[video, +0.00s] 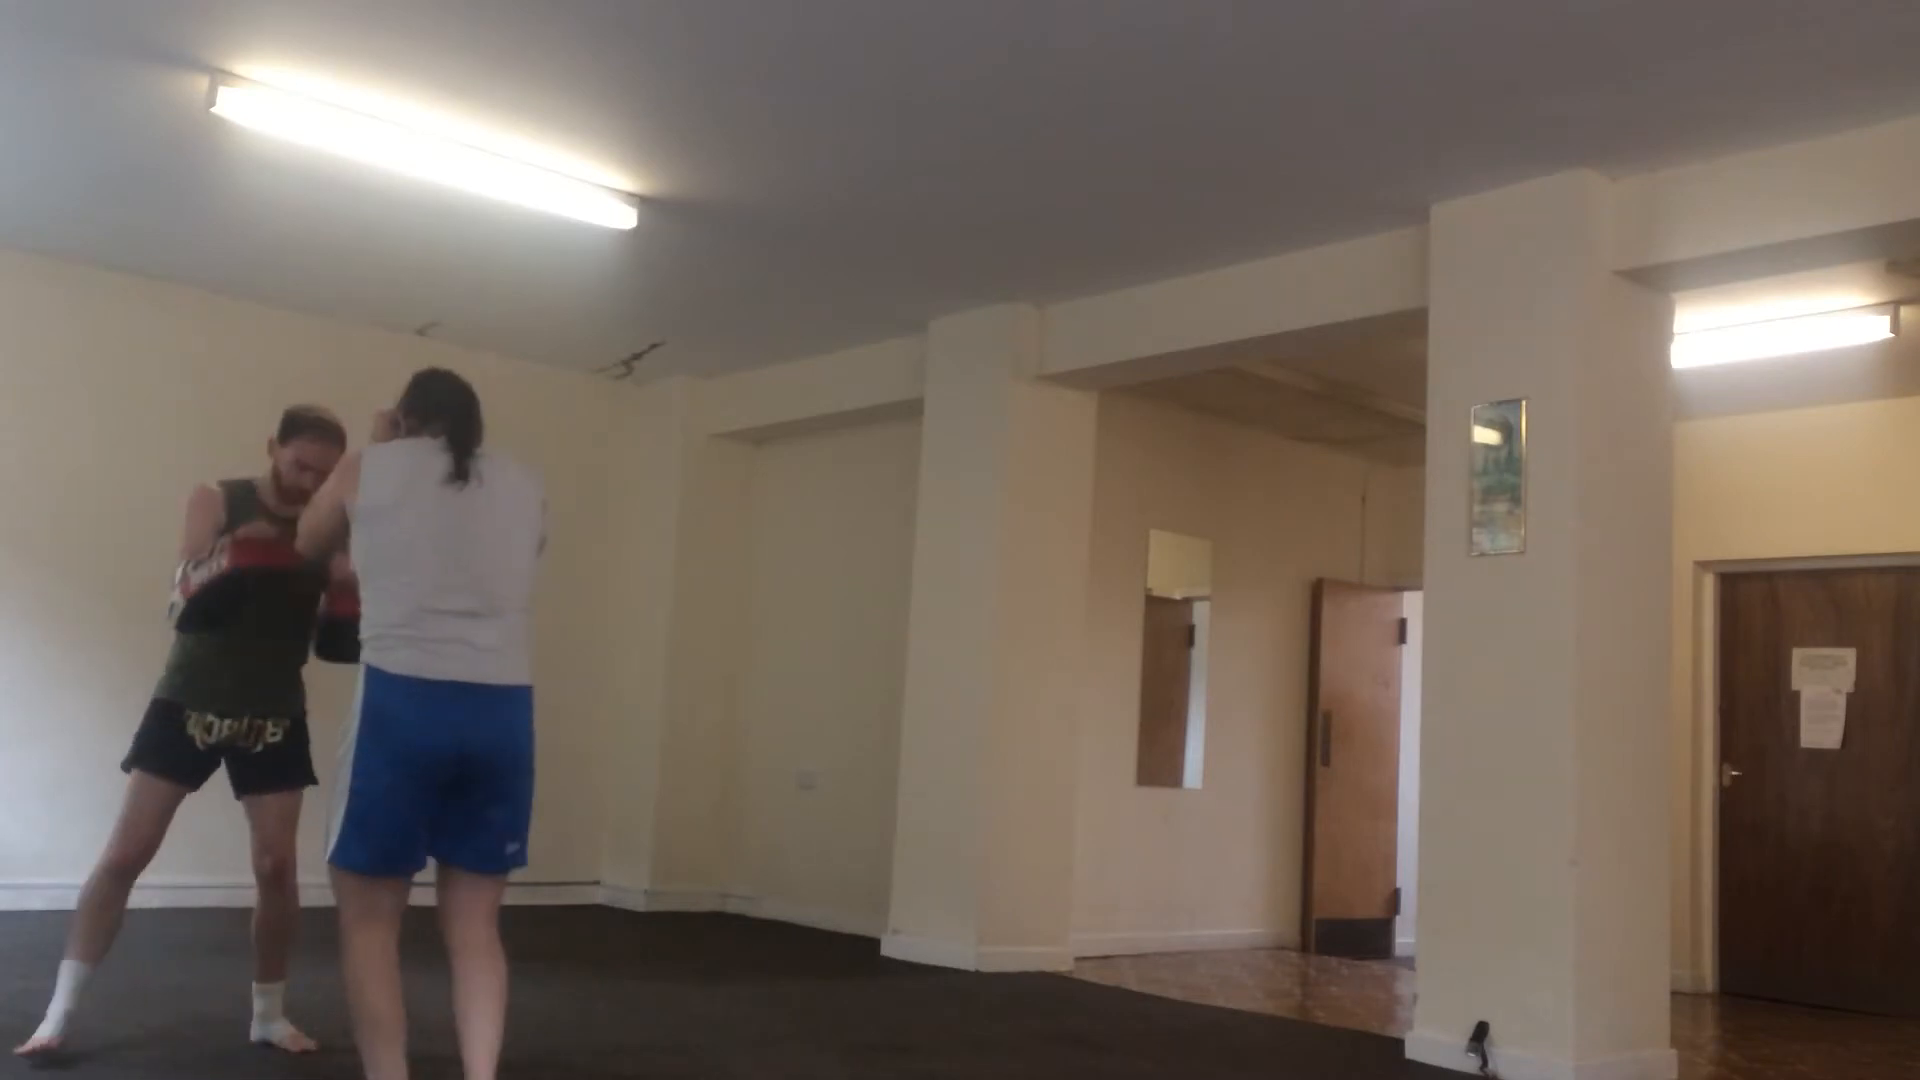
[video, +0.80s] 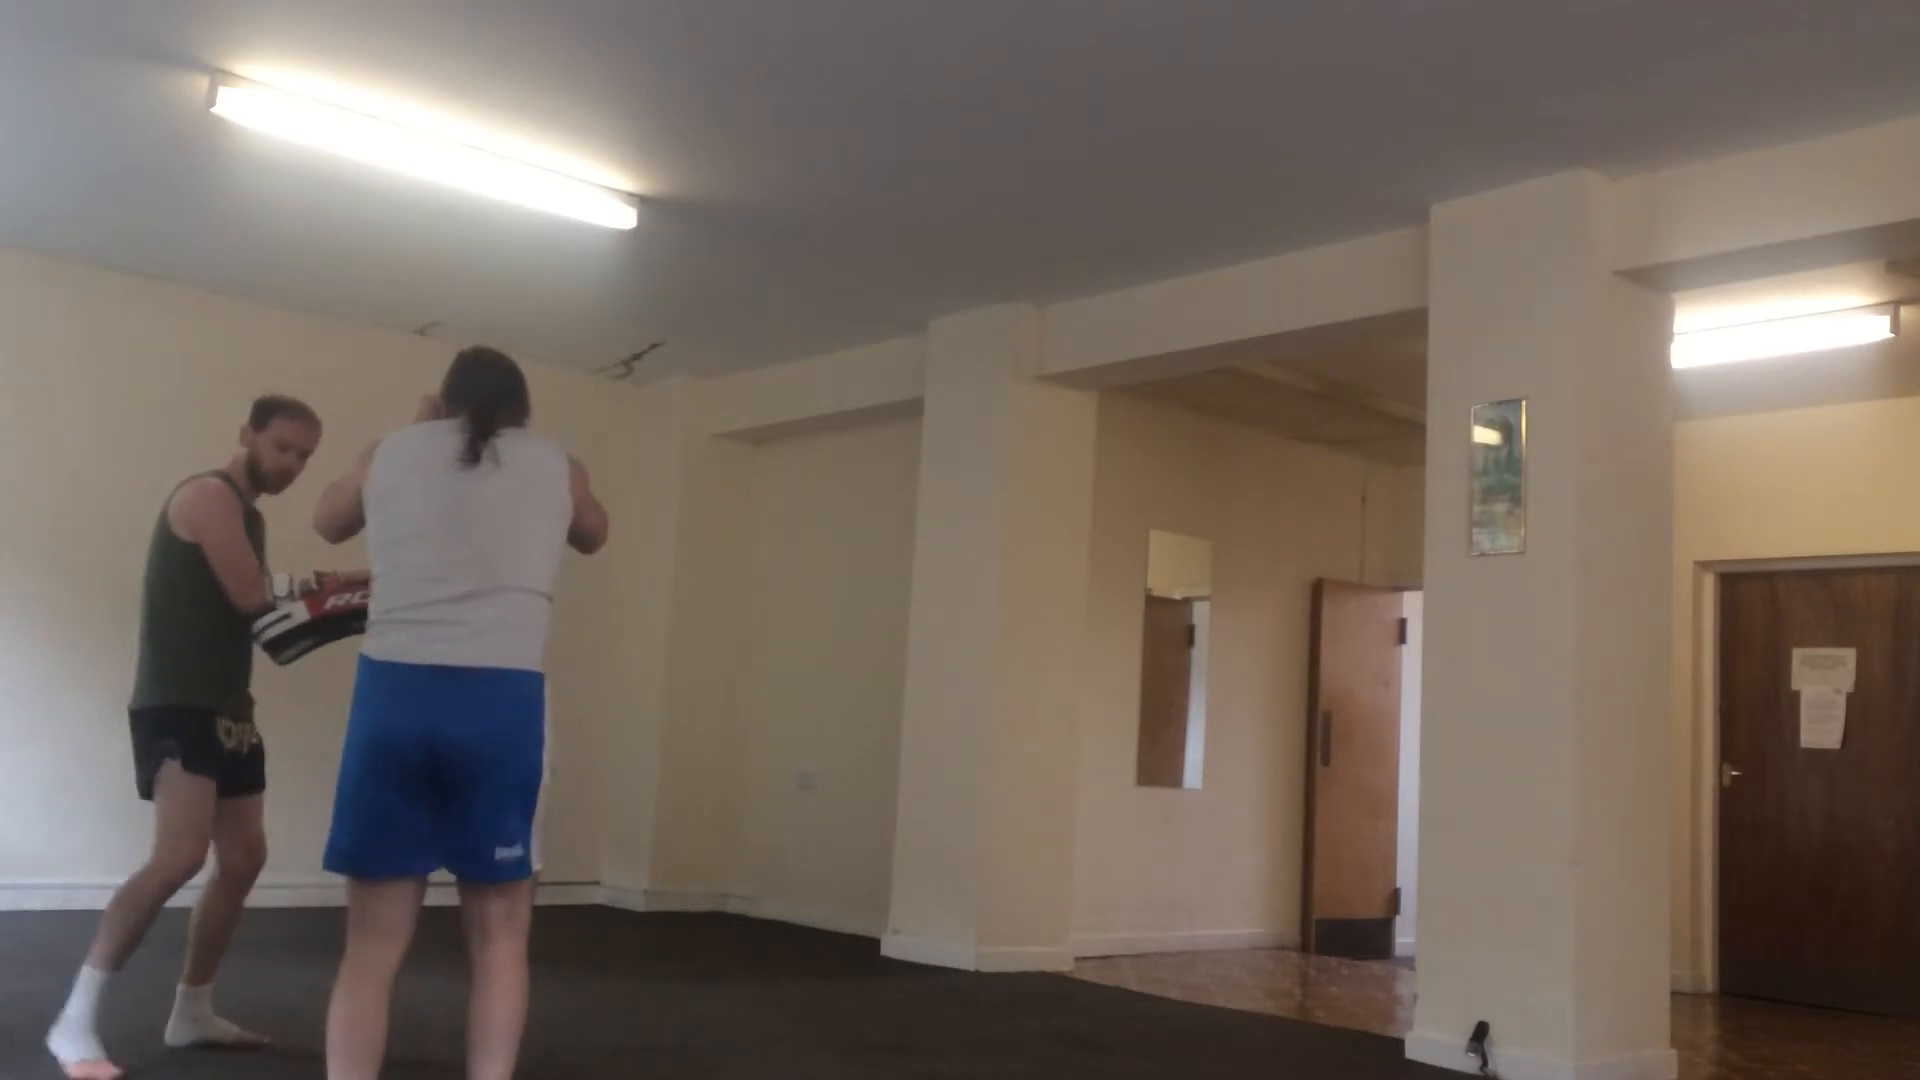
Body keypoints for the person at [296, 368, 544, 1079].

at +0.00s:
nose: (389, 414)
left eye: (395, 408)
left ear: (406, 416)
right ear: (474, 424)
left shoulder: (369, 466)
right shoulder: (524, 485)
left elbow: (311, 538)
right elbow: (520, 570)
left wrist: (368, 452)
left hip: (402, 715)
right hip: (501, 720)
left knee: (370, 915)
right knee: (476, 922)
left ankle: (387, 1071)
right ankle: (482, 1073)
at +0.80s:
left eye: (447, 385)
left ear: (443, 397)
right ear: (521, 406)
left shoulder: (391, 452)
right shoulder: (554, 464)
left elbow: (329, 520)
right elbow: (593, 535)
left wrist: (408, 439)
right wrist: (545, 478)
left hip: (392, 706)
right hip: (500, 711)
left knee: (373, 939)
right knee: (499, 933)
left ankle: (347, 1074)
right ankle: (490, 1073)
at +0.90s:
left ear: (447, 398)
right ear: (525, 406)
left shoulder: (390, 454)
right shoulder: (552, 465)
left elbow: (329, 519)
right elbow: (603, 531)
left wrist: (411, 441)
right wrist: (558, 475)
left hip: (384, 710)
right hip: (493, 714)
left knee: (370, 937)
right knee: (499, 933)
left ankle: (346, 1074)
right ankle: (489, 1073)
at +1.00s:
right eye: (535, 411)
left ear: (450, 398)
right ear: (527, 408)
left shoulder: (393, 456)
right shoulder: (548, 464)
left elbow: (333, 515)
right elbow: (610, 526)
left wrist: (410, 457)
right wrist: (555, 462)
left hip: (381, 710)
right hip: (488, 713)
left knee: (367, 940)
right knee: (500, 930)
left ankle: (346, 1075)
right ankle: (484, 1072)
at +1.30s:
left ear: (466, 454)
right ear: (542, 461)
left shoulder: (406, 510)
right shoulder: (560, 521)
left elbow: (285, 533)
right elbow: (642, 546)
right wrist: (571, 472)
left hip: (373, 757)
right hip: (479, 765)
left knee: (355, 924)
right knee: (525, 963)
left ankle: (314, 1072)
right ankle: (489, 1076)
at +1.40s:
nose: (451, 464)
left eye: (454, 455)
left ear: (454, 460)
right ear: (528, 466)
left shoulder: (395, 519)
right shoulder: (556, 533)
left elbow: (264, 560)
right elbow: (623, 558)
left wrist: (151, 583)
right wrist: (554, 484)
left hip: (364, 762)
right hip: (466, 775)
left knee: (340, 912)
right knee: (523, 975)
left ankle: (302, 1069)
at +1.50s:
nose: (409, 457)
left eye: (414, 447)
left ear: (422, 453)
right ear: (493, 459)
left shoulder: (375, 520)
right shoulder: (526, 535)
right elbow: (582, 566)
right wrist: (508, 492)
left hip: (358, 766)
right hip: (459, 776)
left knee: (323, 910)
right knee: (498, 986)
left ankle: (310, 1066)